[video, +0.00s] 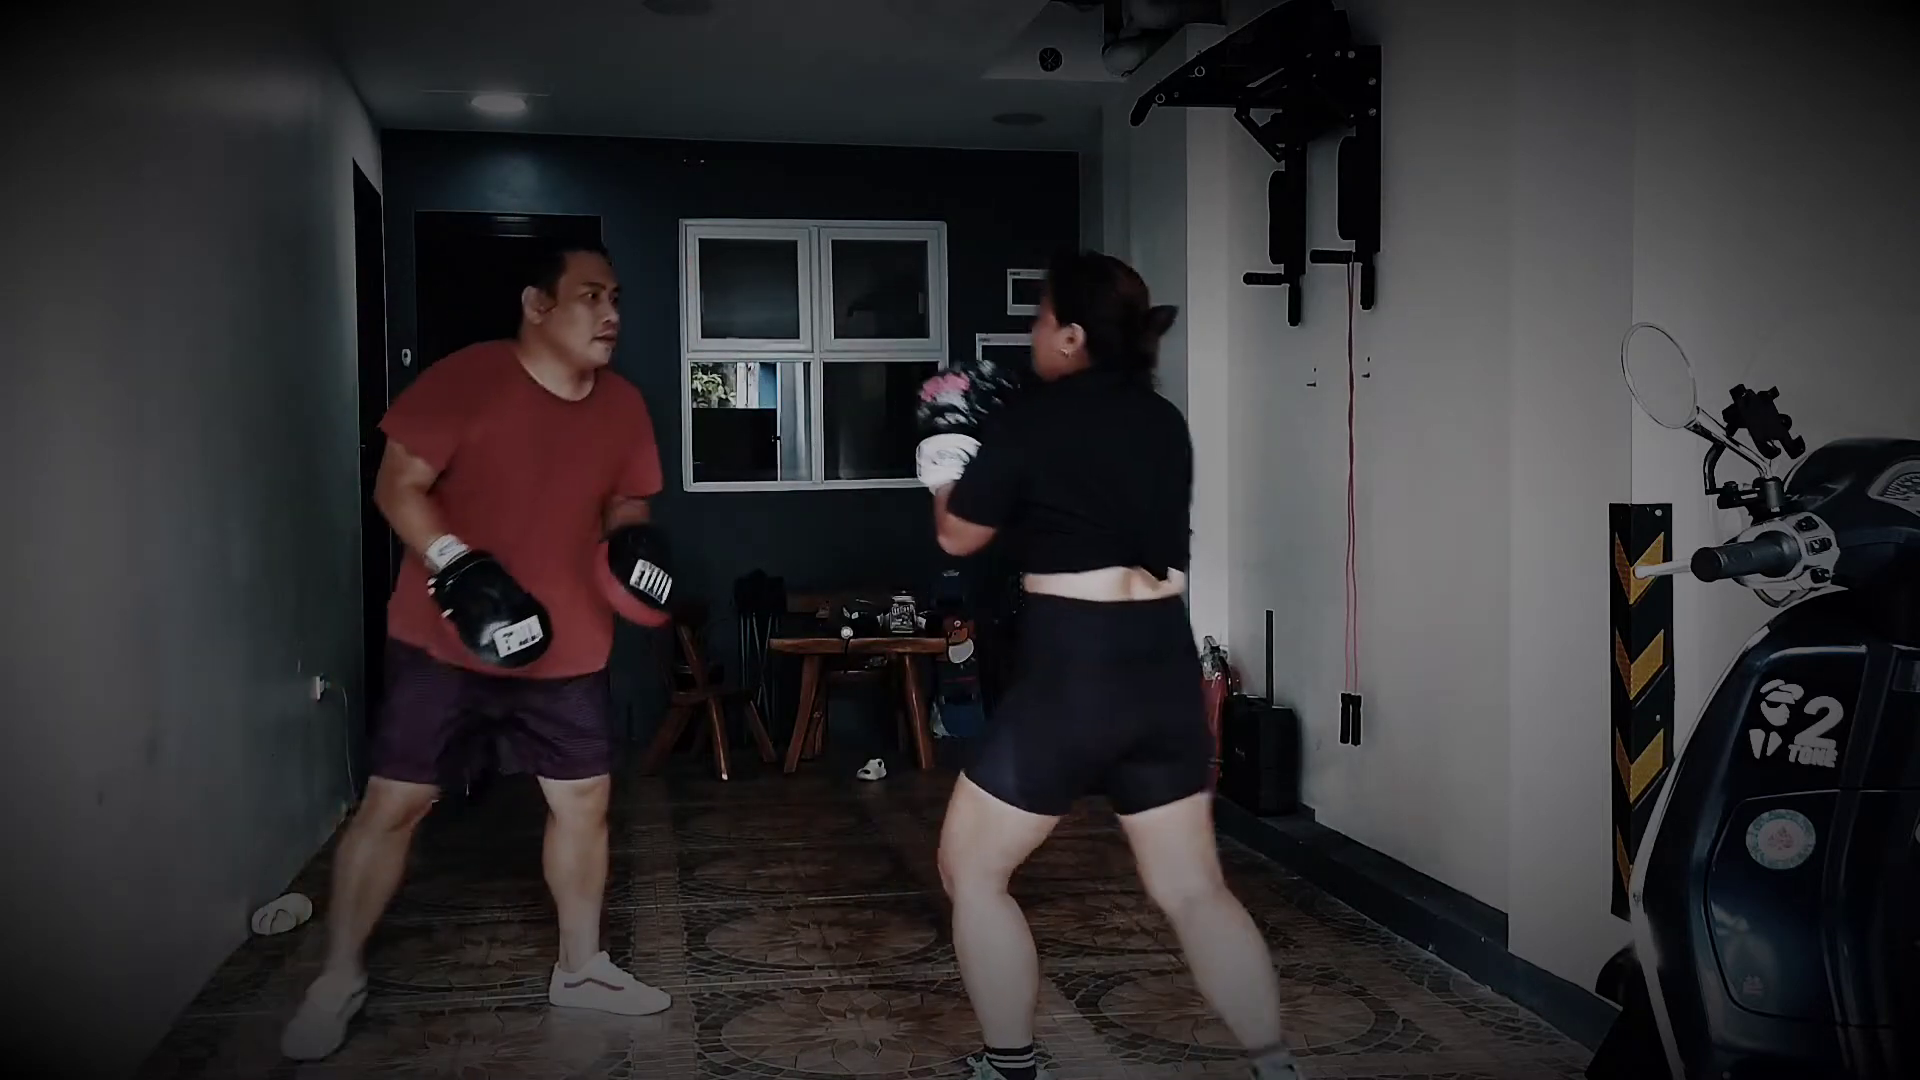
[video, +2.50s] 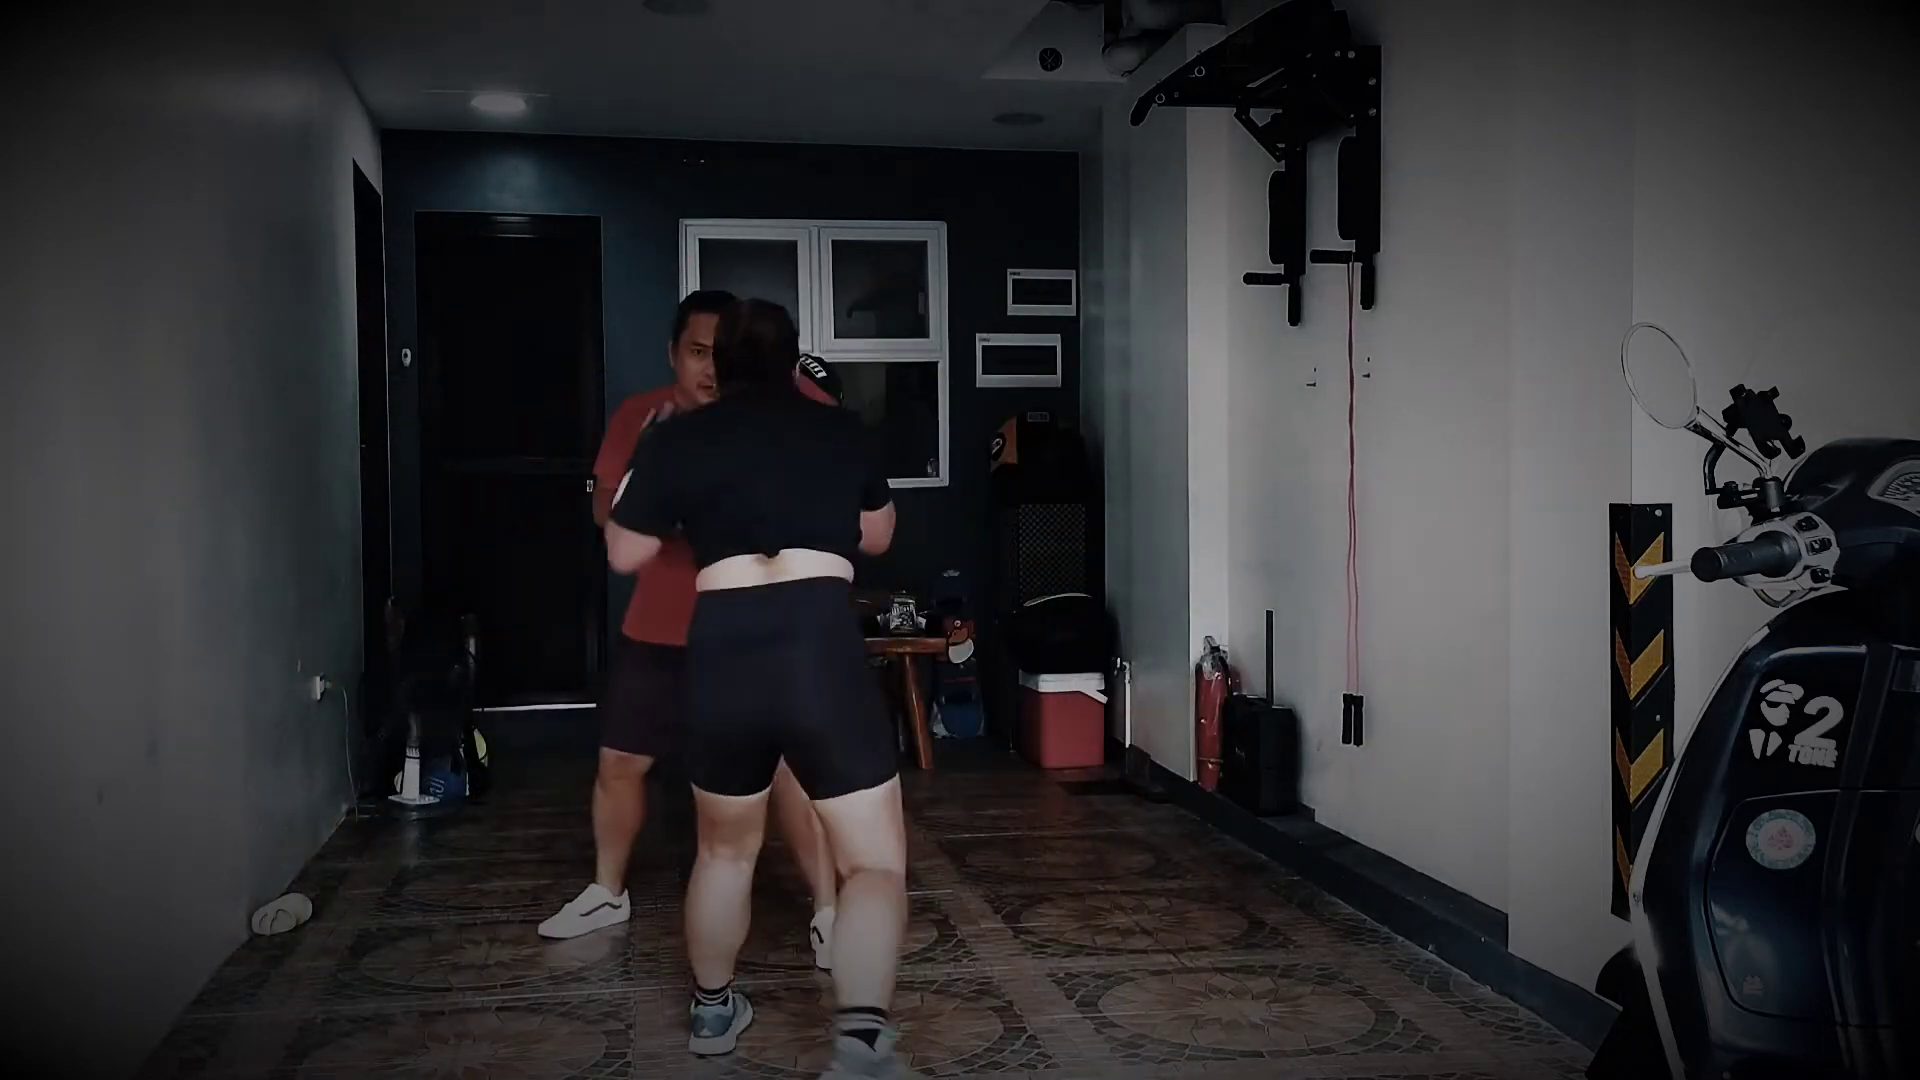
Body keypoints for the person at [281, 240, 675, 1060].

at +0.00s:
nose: (610, 312)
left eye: (614, 298)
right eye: (591, 296)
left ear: (613, 313)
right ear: (537, 307)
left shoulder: (621, 404)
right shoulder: (466, 381)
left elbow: (630, 503)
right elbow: (397, 487)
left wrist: (636, 548)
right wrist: (461, 571)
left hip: (568, 651)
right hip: (445, 645)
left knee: (583, 797)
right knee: (394, 803)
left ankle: (580, 969)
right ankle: (340, 973)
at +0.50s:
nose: (613, 351)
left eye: (619, 337)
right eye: (596, 336)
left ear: (624, 342)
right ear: (546, 338)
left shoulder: (637, 420)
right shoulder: (480, 405)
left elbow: (698, 499)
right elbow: (434, 514)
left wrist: (714, 424)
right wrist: (504, 497)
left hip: (604, 661)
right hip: (485, 665)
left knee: (669, 785)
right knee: (459, 816)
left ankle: (739, 931)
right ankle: (450, 940)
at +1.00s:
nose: (653, 368)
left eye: (663, 353)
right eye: (637, 351)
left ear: (670, 359)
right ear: (592, 353)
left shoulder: (680, 433)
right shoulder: (534, 424)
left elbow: (730, 521)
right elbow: (493, 530)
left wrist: (750, 457)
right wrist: (558, 522)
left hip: (656, 670)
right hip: (539, 674)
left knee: (720, 783)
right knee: (483, 817)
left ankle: (735, 939)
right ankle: (452, 939)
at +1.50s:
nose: (674, 363)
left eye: (688, 348)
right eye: (658, 347)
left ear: (703, 351)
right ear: (626, 347)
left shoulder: (723, 411)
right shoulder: (576, 414)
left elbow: (767, 478)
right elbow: (528, 507)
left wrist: (769, 410)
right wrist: (567, 507)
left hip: (705, 647)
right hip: (597, 654)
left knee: (726, 787)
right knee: (582, 784)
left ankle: (740, 938)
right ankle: (604, 884)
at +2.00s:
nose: (708, 359)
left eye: (722, 345)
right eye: (694, 344)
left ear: (739, 351)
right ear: (667, 349)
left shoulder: (756, 418)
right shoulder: (631, 416)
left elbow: (779, 507)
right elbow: (600, 498)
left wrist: (708, 521)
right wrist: (624, 518)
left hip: (738, 629)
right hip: (657, 624)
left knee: (751, 772)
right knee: (627, 763)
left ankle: (809, 911)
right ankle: (612, 889)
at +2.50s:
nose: (709, 364)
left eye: (721, 352)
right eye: (697, 349)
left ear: (743, 357)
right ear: (673, 352)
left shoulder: (773, 415)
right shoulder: (639, 417)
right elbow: (612, 514)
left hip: (750, 636)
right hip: (657, 632)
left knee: (786, 776)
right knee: (618, 762)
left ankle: (827, 909)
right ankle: (608, 892)